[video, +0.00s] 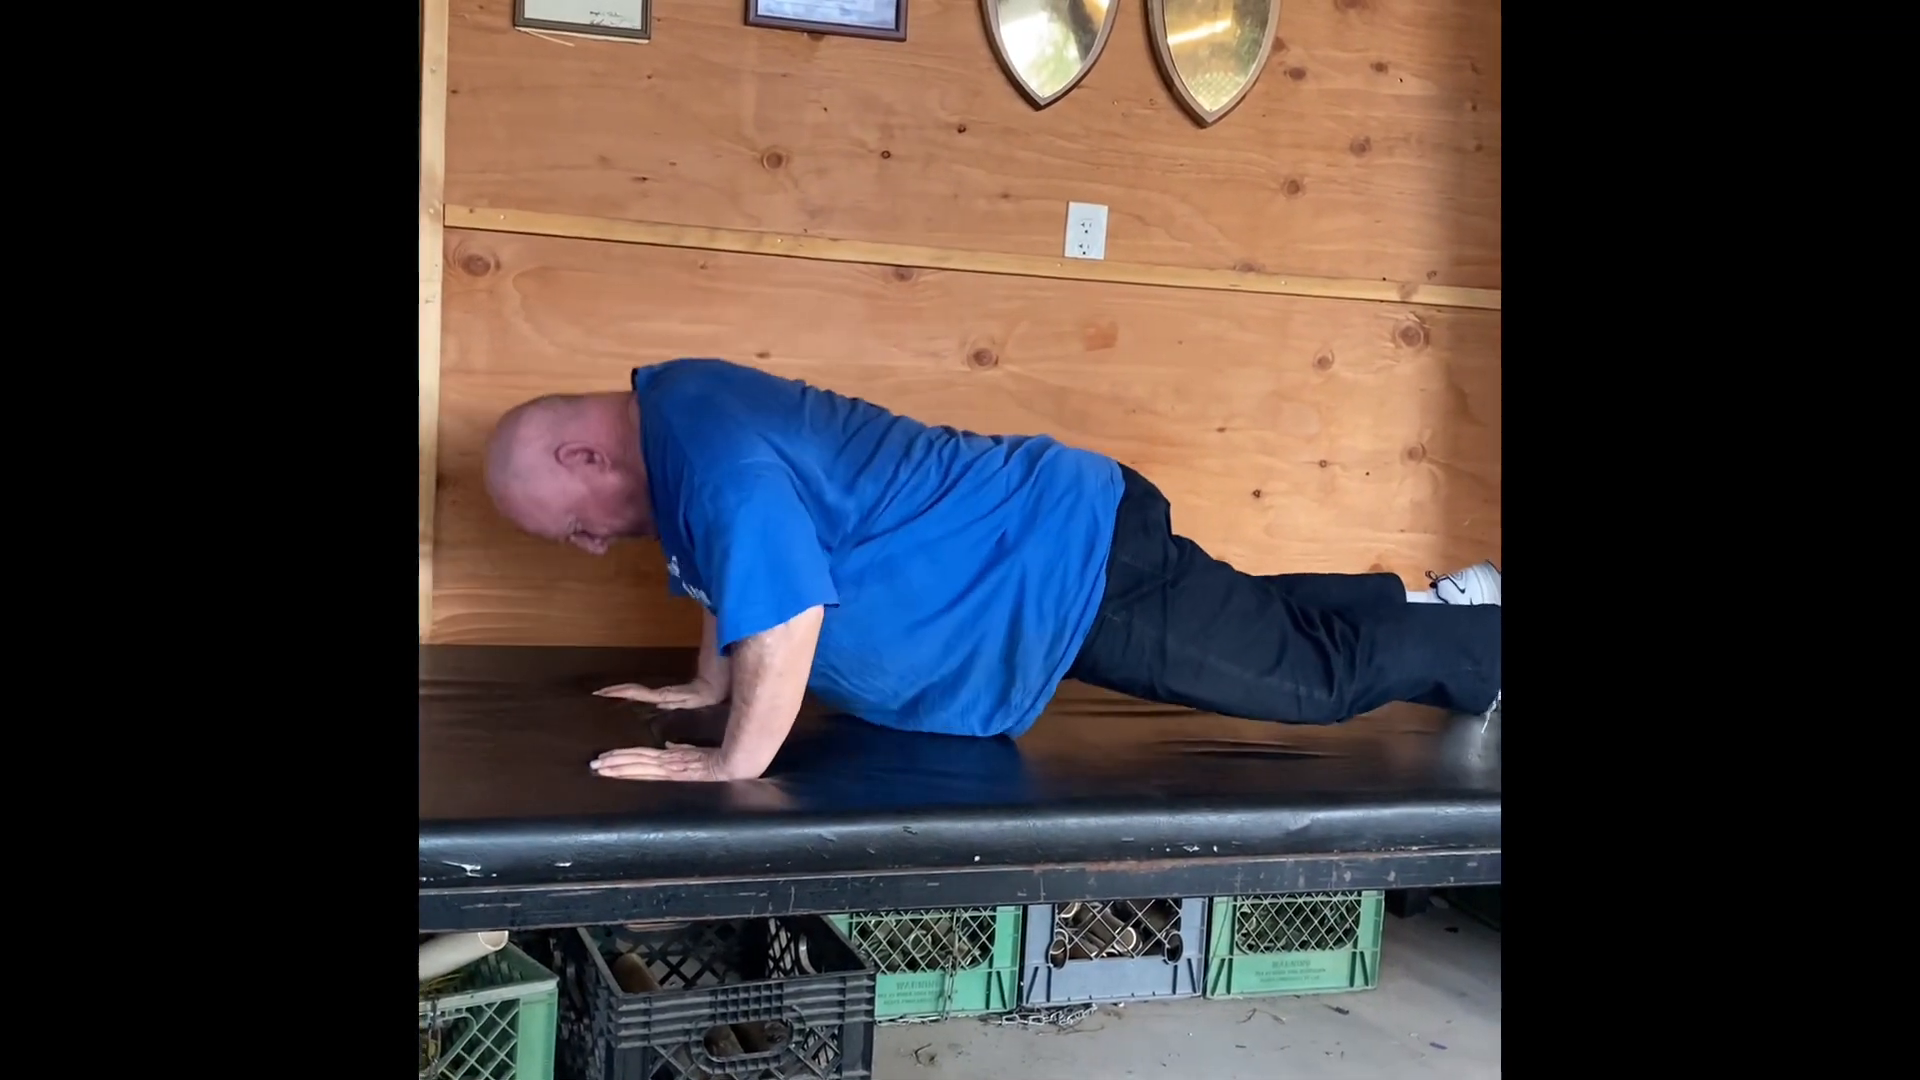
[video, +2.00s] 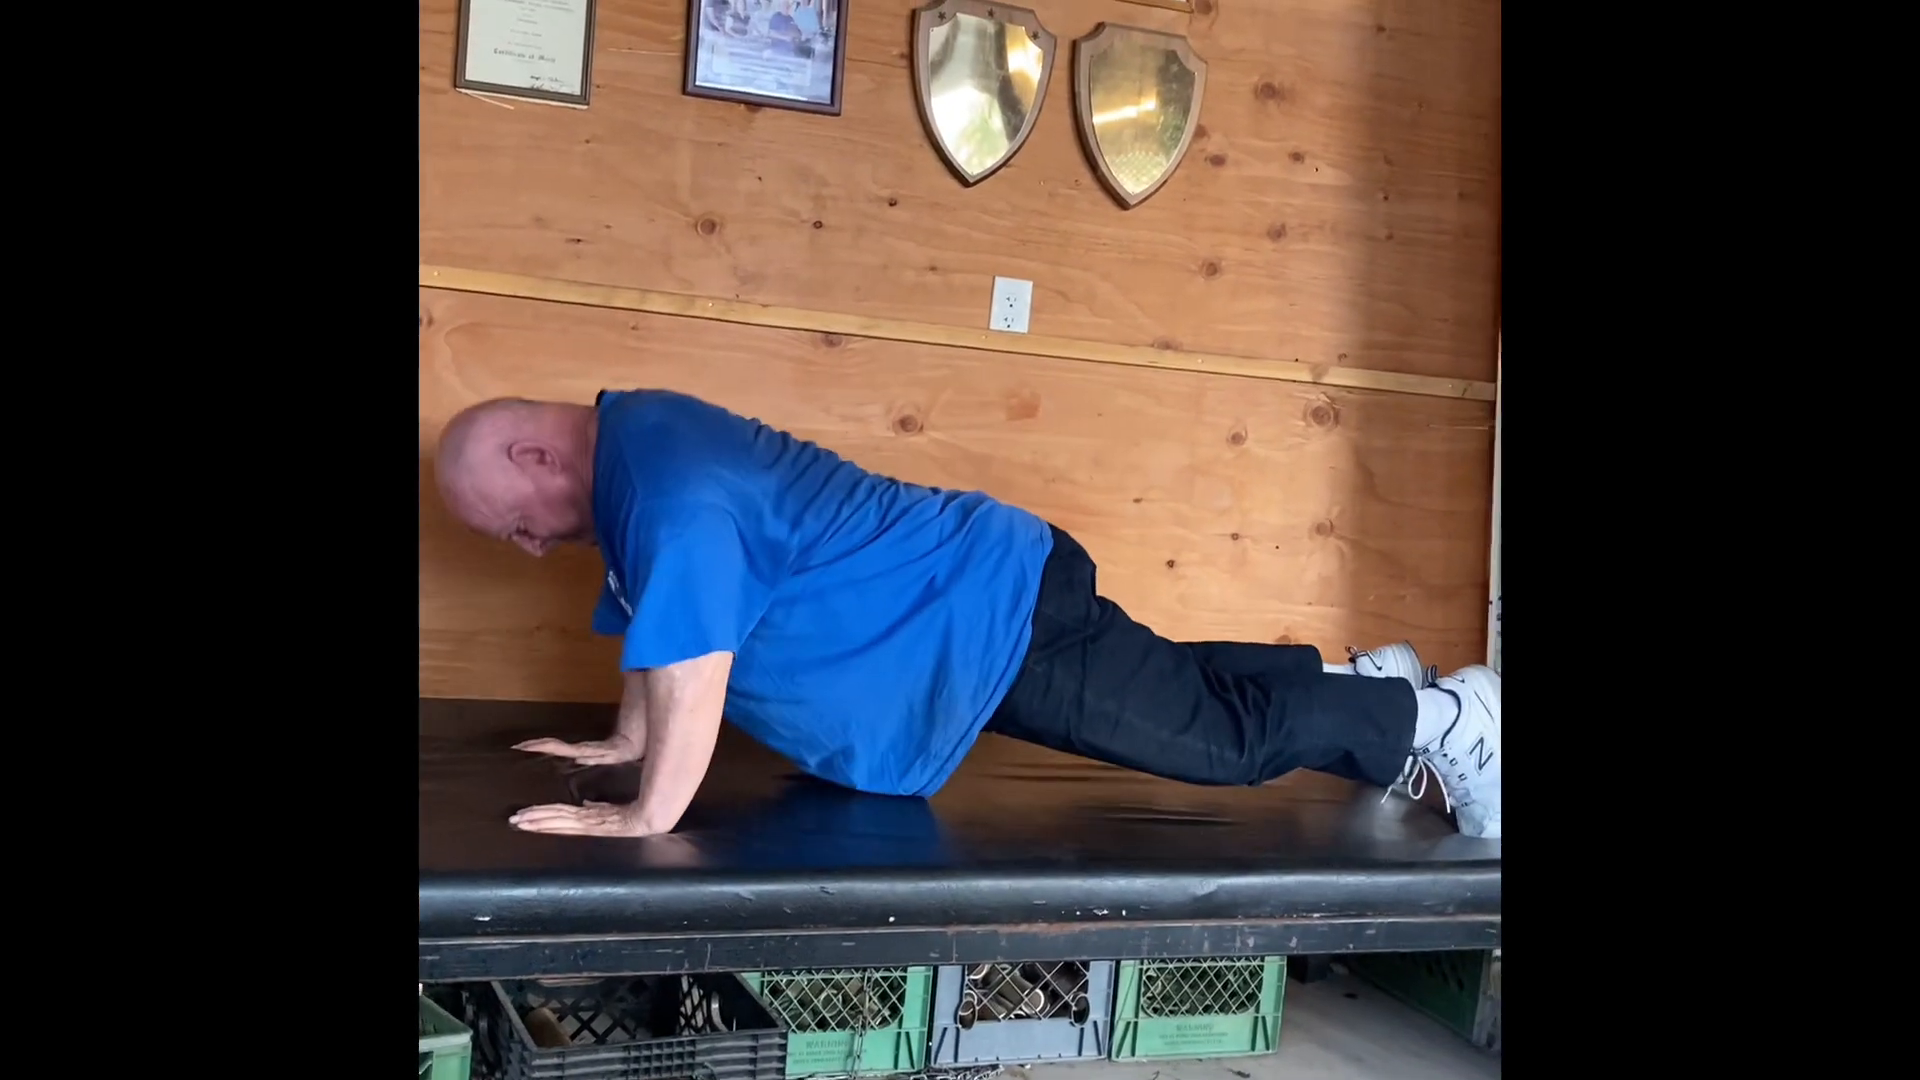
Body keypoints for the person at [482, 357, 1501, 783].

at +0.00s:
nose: (598, 541)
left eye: (575, 525)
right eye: (572, 531)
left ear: (581, 469)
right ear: (578, 441)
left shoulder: (710, 451)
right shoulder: (674, 431)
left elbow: (785, 605)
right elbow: (744, 591)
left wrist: (737, 759)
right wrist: (716, 708)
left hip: (1074, 568)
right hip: (1049, 567)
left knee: (1313, 674)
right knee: (1287, 628)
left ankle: (1485, 648)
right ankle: (1468, 606)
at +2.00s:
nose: (535, 536)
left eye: (519, 517)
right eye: (516, 525)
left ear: (537, 460)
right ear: (539, 442)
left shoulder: (664, 481)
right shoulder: (637, 458)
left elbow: (694, 667)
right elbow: (671, 648)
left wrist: (656, 815)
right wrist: (640, 757)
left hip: (996, 617)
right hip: (976, 607)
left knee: (1215, 736)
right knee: (1183, 695)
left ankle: (1438, 726)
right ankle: (1381, 694)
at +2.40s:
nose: (493, 679)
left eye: (473, 666)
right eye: (476, 676)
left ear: (478, 605)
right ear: (481, 602)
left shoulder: (611, 573)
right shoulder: (565, 560)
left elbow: (706, 708)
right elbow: (686, 678)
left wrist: (638, 839)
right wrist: (608, 751)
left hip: (962, 692)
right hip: (931, 702)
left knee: (1191, 791)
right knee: (1155, 748)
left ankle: (1414, 743)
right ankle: (1351, 706)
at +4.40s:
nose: (527, 662)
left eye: (506, 646)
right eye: (503, 659)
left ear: (510, 587)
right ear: (502, 605)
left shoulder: (634, 584)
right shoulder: (596, 579)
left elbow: (697, 755)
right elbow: (670, 724)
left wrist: (633, 882)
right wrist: (632, 823)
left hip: (976, 724)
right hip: (939, 751)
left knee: (1200, 832)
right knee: (1158, 799)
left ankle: (1418, 797)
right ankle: (1350, 759)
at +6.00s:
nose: (546, 611)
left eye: (533, 592)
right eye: (529, 600)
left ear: (556, 535)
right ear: (555, 523)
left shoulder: (679, 557)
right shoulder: (648, 538)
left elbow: (701, 750)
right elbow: (674, 724)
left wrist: (656, 895)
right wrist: (629, 835)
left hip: (1005, 712)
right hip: (981, 703)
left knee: (1229, 824)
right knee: (1182, 782)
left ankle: (1444, 798)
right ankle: (1379, 770)